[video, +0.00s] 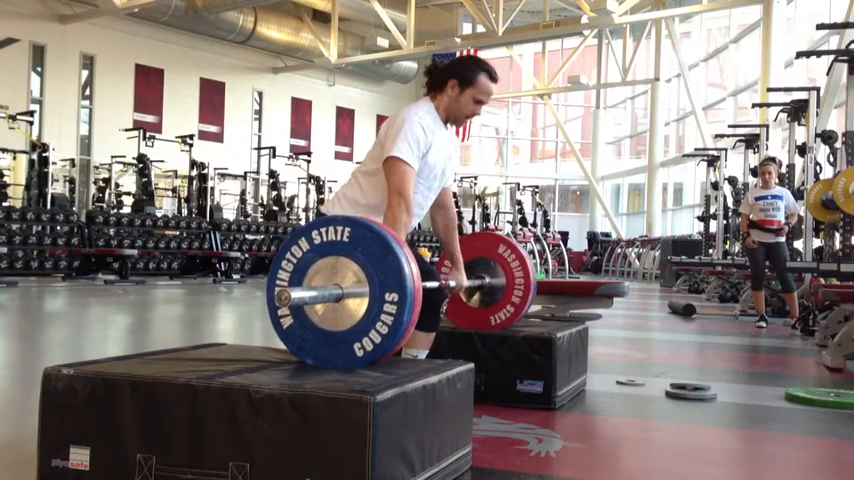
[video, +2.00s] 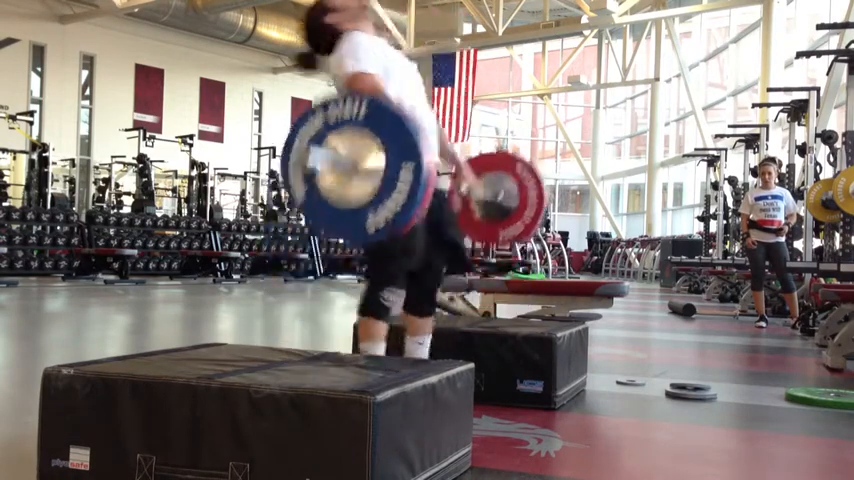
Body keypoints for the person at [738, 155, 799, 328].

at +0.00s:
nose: (766, 176)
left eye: (769, 173)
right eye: (763, 173)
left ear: (776, 174)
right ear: (759, 175)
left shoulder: (784, 193)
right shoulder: (751, 194)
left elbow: (794, 213)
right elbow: (744, 216)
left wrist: (788, 224)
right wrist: (746, 234)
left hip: (777, 240)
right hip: (757, 239)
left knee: (785, 276)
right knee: (757, 276)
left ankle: (795, 317)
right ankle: (761, 316)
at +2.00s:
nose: (766, 176)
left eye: (769, 173)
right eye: (763, 173)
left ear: (776, 174)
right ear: (759, 175)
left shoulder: (784, 194)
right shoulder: (751, 195)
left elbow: (793, 214)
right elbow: (744, 217)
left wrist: (787, 224)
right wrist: (746, 235)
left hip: (777, 240)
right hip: (756, 239)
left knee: (785, 276)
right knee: (757, 277)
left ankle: (795, 318)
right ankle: (761, 316)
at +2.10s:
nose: (766, 176)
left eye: (769, 173)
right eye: (763, 173)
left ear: (776, 174)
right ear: (759, 175)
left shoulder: (784, 193)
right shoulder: (751, 195)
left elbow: (793, 214)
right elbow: (744, 216)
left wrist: (787, 224)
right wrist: (746, 235)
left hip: (777, 240)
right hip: (757, 239)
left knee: (785, 276)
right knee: (757, 277)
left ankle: (795, 317)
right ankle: (761, 316)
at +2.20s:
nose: (766, 176)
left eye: (769, 173)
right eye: (763, 173)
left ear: (776, 174)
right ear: (759, 175)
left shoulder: (784, 193)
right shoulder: (751, 195)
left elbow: (792, 214)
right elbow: (744, 216)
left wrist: (787, 224)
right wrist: (746, 235)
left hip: (777, 240)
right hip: (757, 239)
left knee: (785, 276)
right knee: (757, 278)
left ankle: (795, 318)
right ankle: (761, 316)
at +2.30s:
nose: (766, 176)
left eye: (769, 173)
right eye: (763, 173)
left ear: (776, 174)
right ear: (759, 175)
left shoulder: (784, 193)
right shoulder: (751, 194)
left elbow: (792, 214)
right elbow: (744, 216)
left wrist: (787, 224)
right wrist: (746, 235)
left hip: (777, 240)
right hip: (757, 239)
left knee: (785, 276)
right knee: (757, 278)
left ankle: (795, 318)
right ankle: (761, 316)